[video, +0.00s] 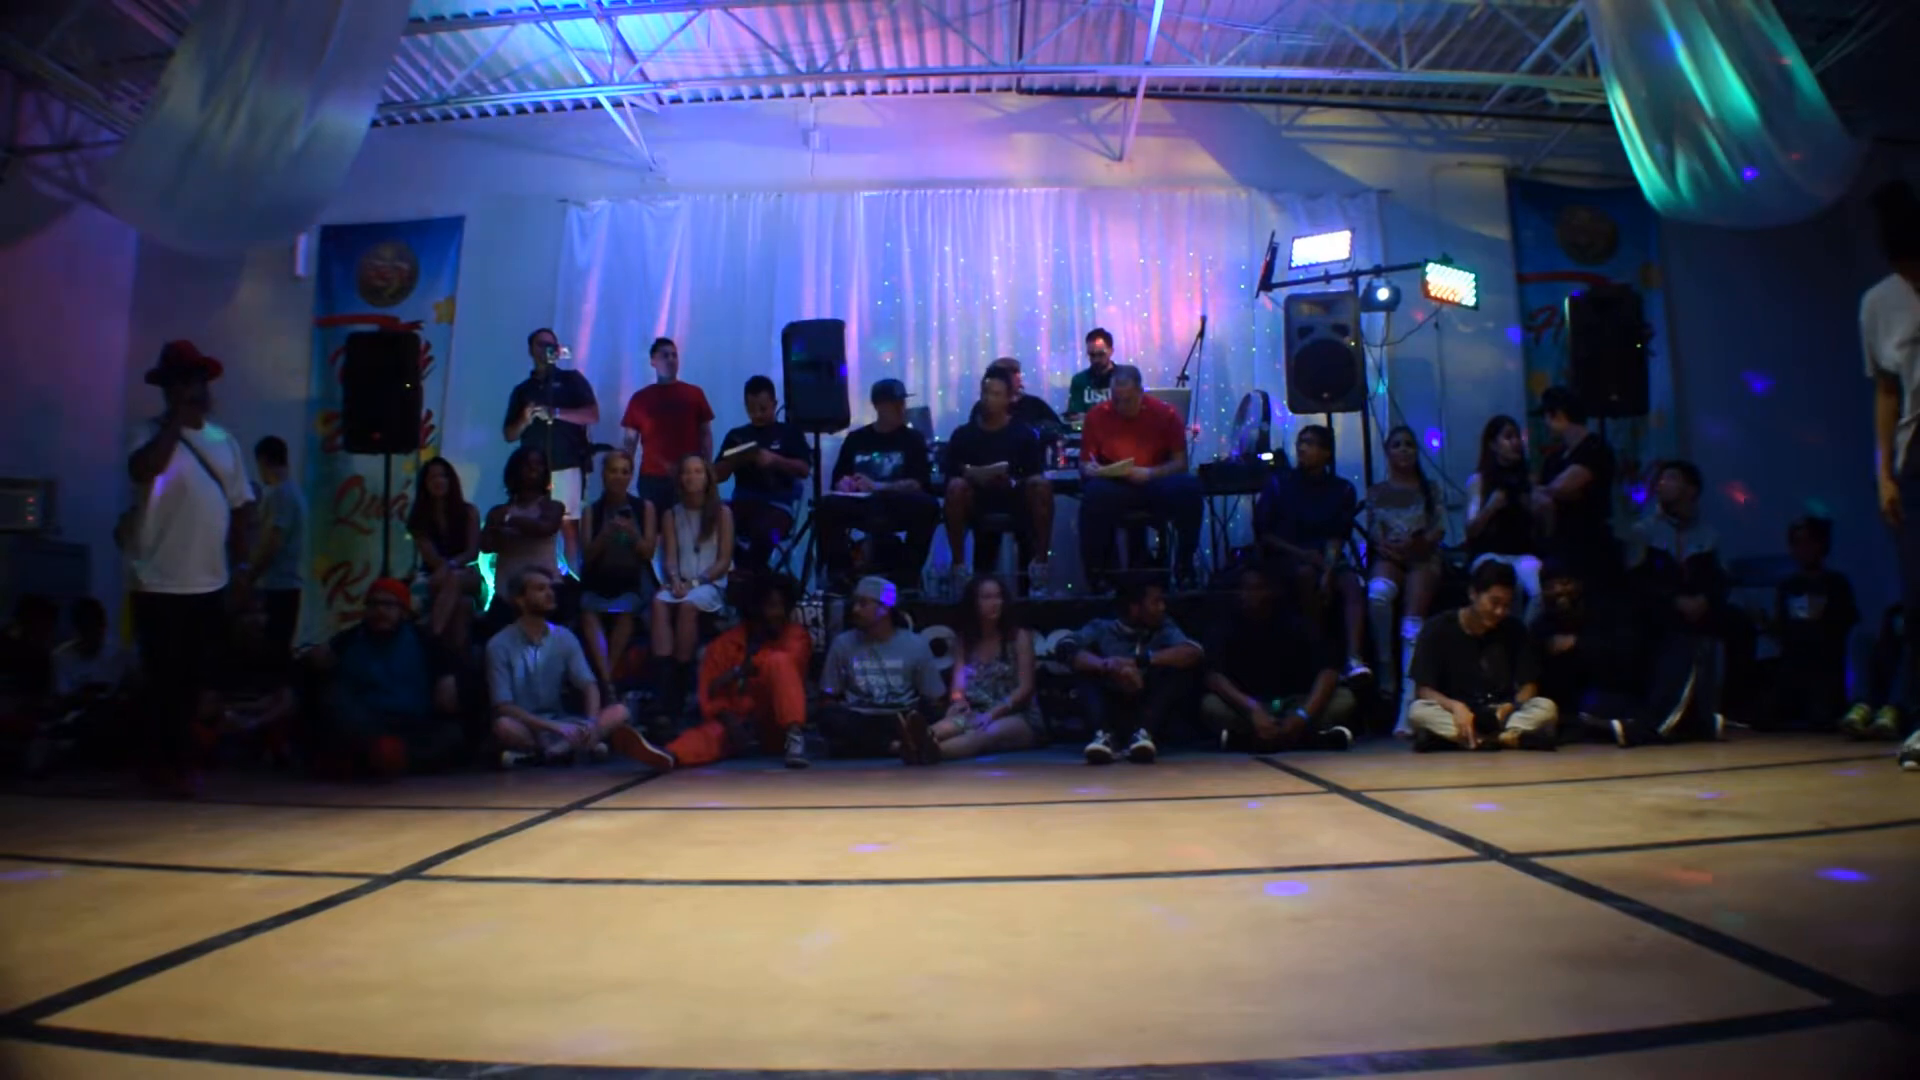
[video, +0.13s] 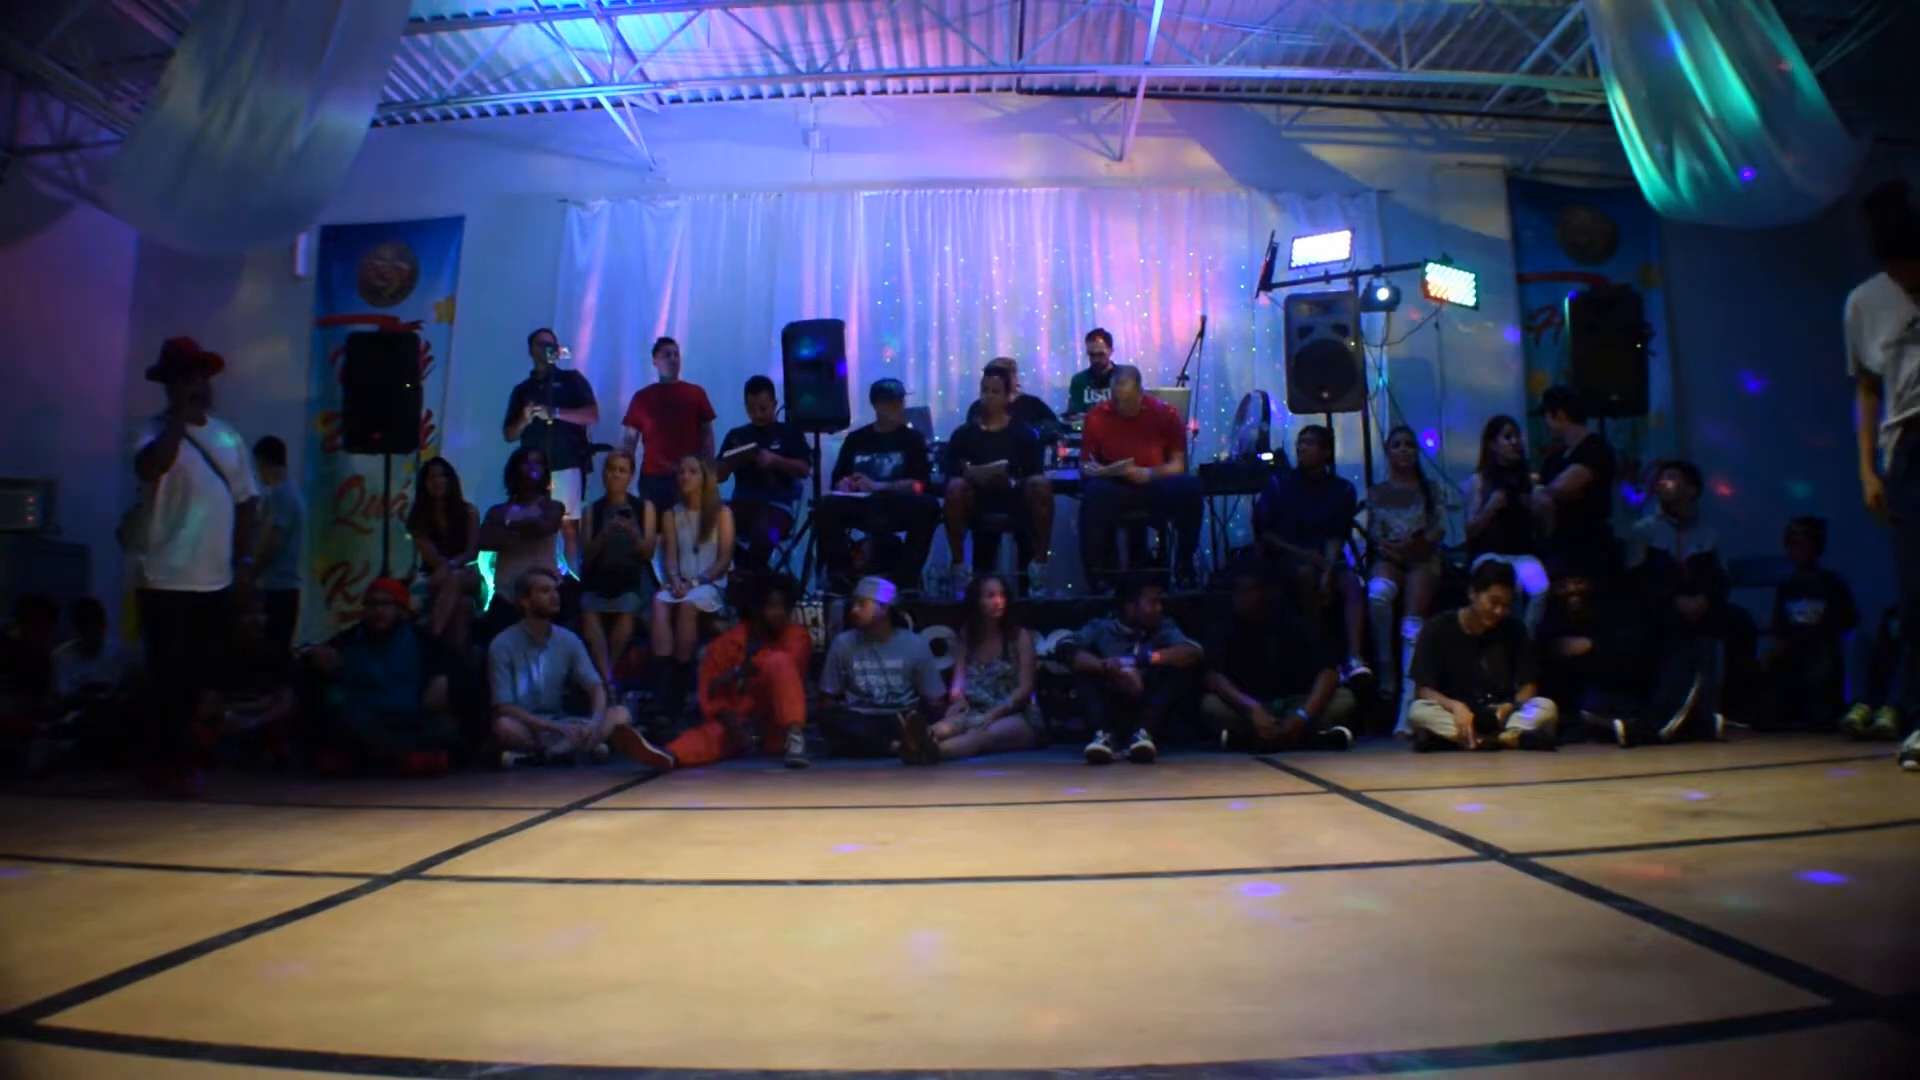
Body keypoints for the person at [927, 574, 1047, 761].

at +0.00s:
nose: (993, 603)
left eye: (997, 597)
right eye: (986, 597)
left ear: (1004, 601)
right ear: (974, 602)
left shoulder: (1019, 637)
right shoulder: (966, 640)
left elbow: (1026, 687)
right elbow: (957, 688)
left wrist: (990, 715)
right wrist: (960, 701)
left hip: (1010, 708)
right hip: (974, 708)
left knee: (991, 734)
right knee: (947, 726)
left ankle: (934, 752)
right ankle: (917, 741)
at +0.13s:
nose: (998, 602)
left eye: (1001, 596)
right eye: (990, 596)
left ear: (1007, 600)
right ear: (976, 601)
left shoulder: (1019, 636)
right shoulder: (967, 636)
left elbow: (1026, 687)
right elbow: (957, 685)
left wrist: (992, 715)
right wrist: (959, 700)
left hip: (1010, 707)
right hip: (974, 708)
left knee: (982, 736)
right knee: (946, 726)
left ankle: (935, 751)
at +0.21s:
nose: (999, 601)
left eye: (1003, 595)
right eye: (992, 595)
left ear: (1008, 599)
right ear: (978, 600)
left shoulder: (1021, 636)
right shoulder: (967, 637)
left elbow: (1026, 686)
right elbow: (957, 685)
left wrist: (992, 714)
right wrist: (960, 702)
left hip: (1010, 708)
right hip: (975, 708)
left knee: (981, 736)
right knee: (950, 725)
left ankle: (935, 751)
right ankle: (920, 739)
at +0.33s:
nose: (997, 600)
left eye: (1002, 594)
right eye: (991, 594)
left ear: (1009, 598)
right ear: (980, 599)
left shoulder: (1022, 636)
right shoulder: (969, 634)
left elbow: (1026, 687)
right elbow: (958, 682)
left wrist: (993, 713)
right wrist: (960, 701)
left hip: (1010, 708)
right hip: (976, 708)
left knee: (982, 736)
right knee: (958, 721)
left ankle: (935, 751)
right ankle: (919, 737)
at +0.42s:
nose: (996, 600)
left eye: (1001, 595)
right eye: (990, 595)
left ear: (1008, 599)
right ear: (979, 599)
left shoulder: (1023, 637)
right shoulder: (969, 635)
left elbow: (1028, 688)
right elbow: (958, 683)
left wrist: (991, 715)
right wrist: (960, 701)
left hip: (1013, 710)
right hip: (976, 709)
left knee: (980, 735)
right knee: (958, 721)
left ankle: (935, 752)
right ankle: (922, 736)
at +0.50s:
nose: (996, 600)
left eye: (1001, 595)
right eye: (989, 595)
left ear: (1008, 599)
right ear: (979, 599)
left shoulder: (1024, 636)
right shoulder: (969, 636)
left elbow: (1034, 687)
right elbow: (957, 686)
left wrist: (996, 714)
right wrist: (962, 703)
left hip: (1013, 710)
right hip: (977, 710)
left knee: (981, 736)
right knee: (958, 721)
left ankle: (935, 752)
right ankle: (922, 736)